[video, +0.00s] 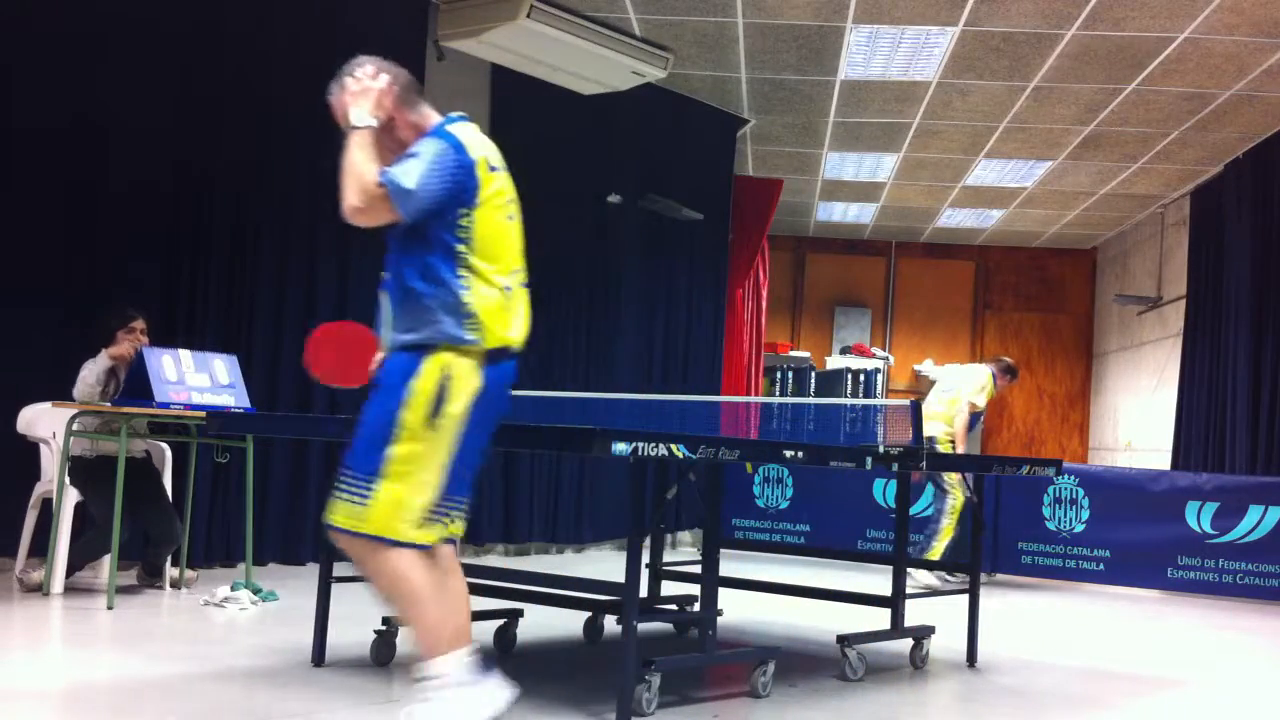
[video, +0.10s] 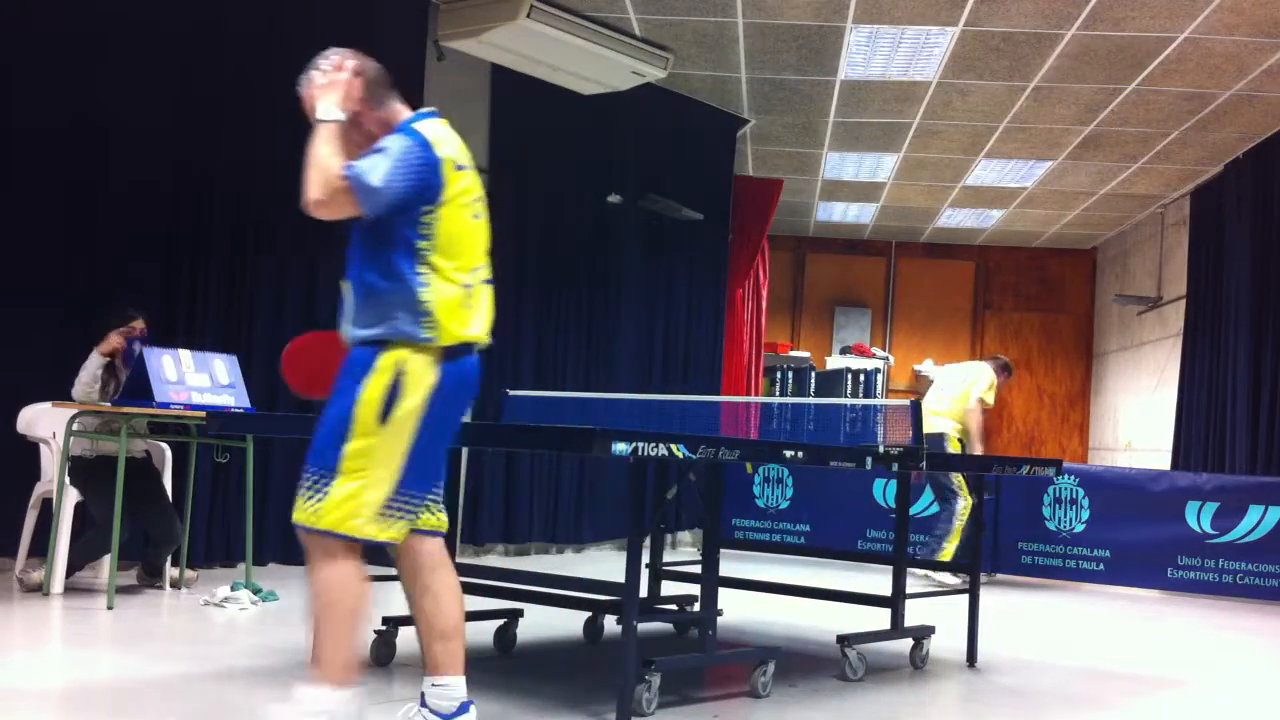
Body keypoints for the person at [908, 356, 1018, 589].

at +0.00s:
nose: (1002, 388)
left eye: (1005, 385)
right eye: (1006, 384)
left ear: (991, 364)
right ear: (1003, 375)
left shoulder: (959, 369)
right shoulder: (984, 377)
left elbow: (931, 370)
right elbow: (962, 411)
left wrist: (926, 366)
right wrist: (960, 453)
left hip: (924, 433)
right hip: (939, 436)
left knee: (955, 497)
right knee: (956, 496)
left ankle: (938, 564)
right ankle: (927, 563)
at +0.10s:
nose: (999, 385)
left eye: (1002, 382)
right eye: (1002, 381)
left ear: (985, 360)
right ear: (1001, 372)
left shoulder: (952, 368)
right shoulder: (987, 373)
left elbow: (926, 404)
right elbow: (972, 407)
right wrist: (976, 447)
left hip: (922, 436)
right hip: (943, 436)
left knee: (949, 501)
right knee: (962, 499)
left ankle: (927, 561)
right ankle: (940, 564)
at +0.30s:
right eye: (991, 380)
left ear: (968, 364)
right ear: (988, 371)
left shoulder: (939, 370)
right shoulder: (984, 374)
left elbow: (915, 406)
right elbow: (987, 413)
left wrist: (899, 456)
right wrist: (997, 448)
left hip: (921, 437)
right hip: (949, 438)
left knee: (935, 501)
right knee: (959, 504)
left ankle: (941, 562)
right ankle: (948, 567)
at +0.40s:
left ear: (948, 368)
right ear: (971, 372)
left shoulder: (930, 376)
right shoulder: (977, 381)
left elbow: (912, 406)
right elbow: (987, 419)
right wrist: (997, 461)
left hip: (914, 443)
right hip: (946, 443)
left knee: (913, 506)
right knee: (959, 510)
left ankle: (909, 563)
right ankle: (949, 568)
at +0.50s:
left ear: (937, 377)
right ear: (964, 379)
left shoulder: (919, 388)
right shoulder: (968, 391)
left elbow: (896, 430)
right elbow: (979, 429)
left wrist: (883, 474)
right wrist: (987, 472)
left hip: (903, 444)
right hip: (938, 446)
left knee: (894, 499)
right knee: (960, 508)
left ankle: (879, 555)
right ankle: (950, 568)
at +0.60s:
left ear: (925, 385)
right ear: (951, 390)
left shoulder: (907, 396)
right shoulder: (952, 399)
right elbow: (964, 432)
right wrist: (967, 473)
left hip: (886, 443)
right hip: (921, 447)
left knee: (874, 497)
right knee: (950, 507)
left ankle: (864, 554)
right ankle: (950, 567)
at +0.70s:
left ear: (904, 395)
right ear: (924, 395)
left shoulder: (887, 405)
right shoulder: (935, 408)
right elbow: (943, 445)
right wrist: (947, 478)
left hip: (867, 431)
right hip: (902, 435)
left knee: (866, 496)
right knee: (927, 499)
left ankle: (862, 555)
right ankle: (950, 563)